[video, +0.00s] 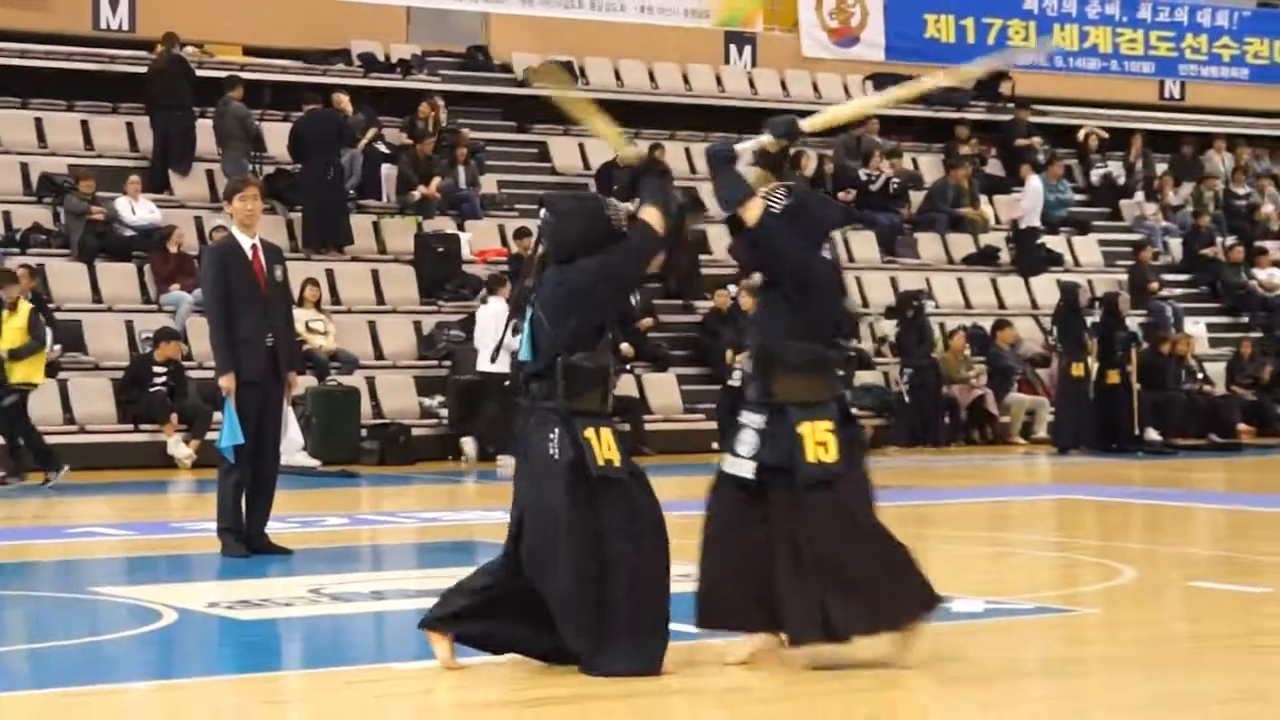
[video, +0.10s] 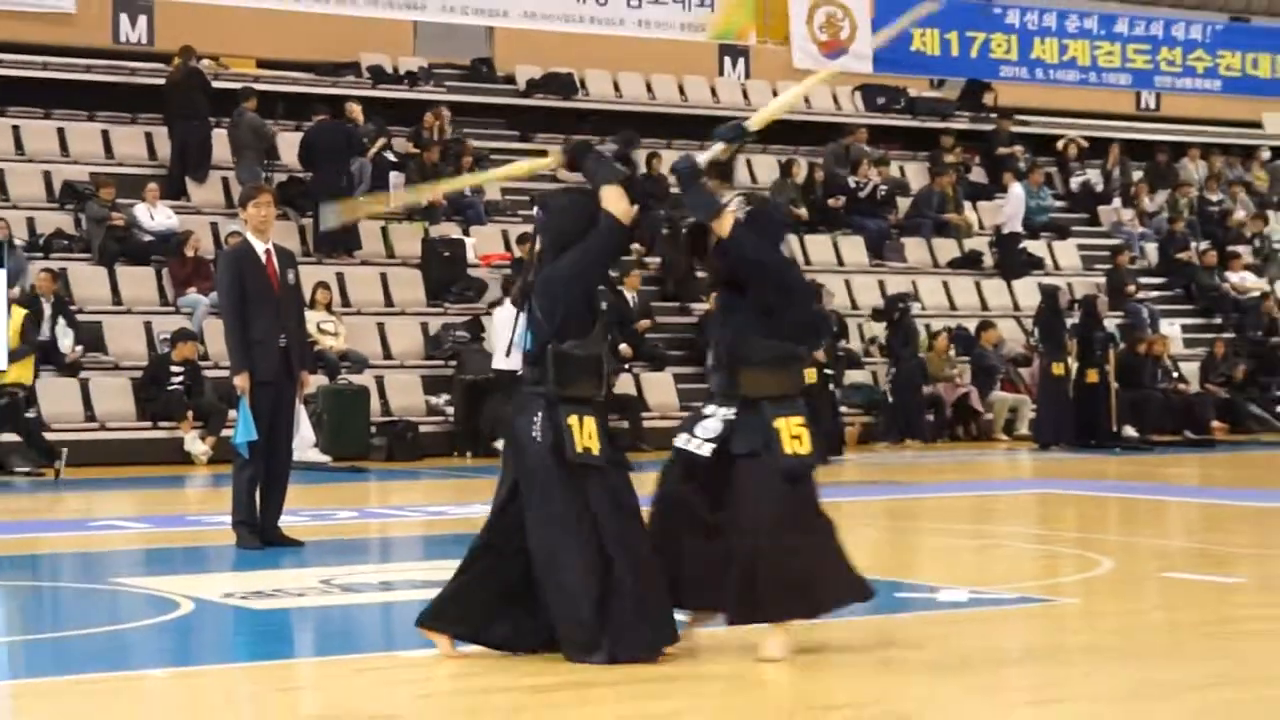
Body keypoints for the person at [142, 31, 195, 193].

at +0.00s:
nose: (179, 47)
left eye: (177, 45)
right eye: (178, 45)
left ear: (162, 44)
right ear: (176, 45)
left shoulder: (154, 64)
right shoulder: (180, 62)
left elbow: (149, 91)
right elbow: (192, 81)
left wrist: (151, 112)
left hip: (160, 113)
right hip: (180, 113)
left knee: (160, 151)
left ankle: (157, 187)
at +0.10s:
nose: (195, 60)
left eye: (193, 57)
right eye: (194, 57)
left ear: (179, 57)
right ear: (193, 57)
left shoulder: (172, 75)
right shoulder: (197, 73)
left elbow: (167, 101)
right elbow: (209, 92)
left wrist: (169, 123)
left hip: (177, 122)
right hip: (197, 122)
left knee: (177, 160)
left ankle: (174, 195)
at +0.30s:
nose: (214, 72)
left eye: (212, 69)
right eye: (213, 69)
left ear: (198, 69)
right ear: (211, 69)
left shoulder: (191, 87)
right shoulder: (214, 84)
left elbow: (187, 113)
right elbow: (226, 100)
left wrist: (189, 134)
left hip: (196, 132)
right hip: (215, 131)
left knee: (196, 166)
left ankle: (194, 198)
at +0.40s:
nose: (221, 75)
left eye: (219, 72)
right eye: (220, 72)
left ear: (205, 72)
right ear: (218, 73)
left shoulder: (199, 90)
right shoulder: (222, 88)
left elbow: (194, 115)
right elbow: (233, 104)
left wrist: (196, 136)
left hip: (203, 135)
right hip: (222, 135)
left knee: (203, 170)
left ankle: (201, 201)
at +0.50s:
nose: (228, 80)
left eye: (226, 77)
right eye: (228, 77)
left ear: (214, 78)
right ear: (227, 78)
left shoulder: (208, 95)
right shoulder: (231, 93)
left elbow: (203, 118)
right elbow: (241, 111)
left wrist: (205, 138)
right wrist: (239, 131)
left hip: (212, 138)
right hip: (230, 138)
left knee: (212, 172)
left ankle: (210, 204)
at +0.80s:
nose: (260, 101)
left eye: (260, 99)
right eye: (259, 99)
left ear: (246, 98)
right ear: (256, 98)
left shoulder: (237, 113)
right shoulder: (259, 112)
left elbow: (231, 133)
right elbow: (268, 131)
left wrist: (232, 149)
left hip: (239, 153)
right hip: (257, 153)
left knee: (237, 186)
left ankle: (234, 214)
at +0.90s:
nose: (266, 103)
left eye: (266, 100)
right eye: (265, 100)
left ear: (251, 99)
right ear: (260, 99)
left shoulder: (241, 113)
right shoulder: (262, 112)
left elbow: (235, 134)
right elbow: (270, 131)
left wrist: (236, 151)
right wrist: (273, 147)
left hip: (243, 155)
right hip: (261, 155)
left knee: (239, 186)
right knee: (273, 184)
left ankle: (235, 214)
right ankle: (278, 216)